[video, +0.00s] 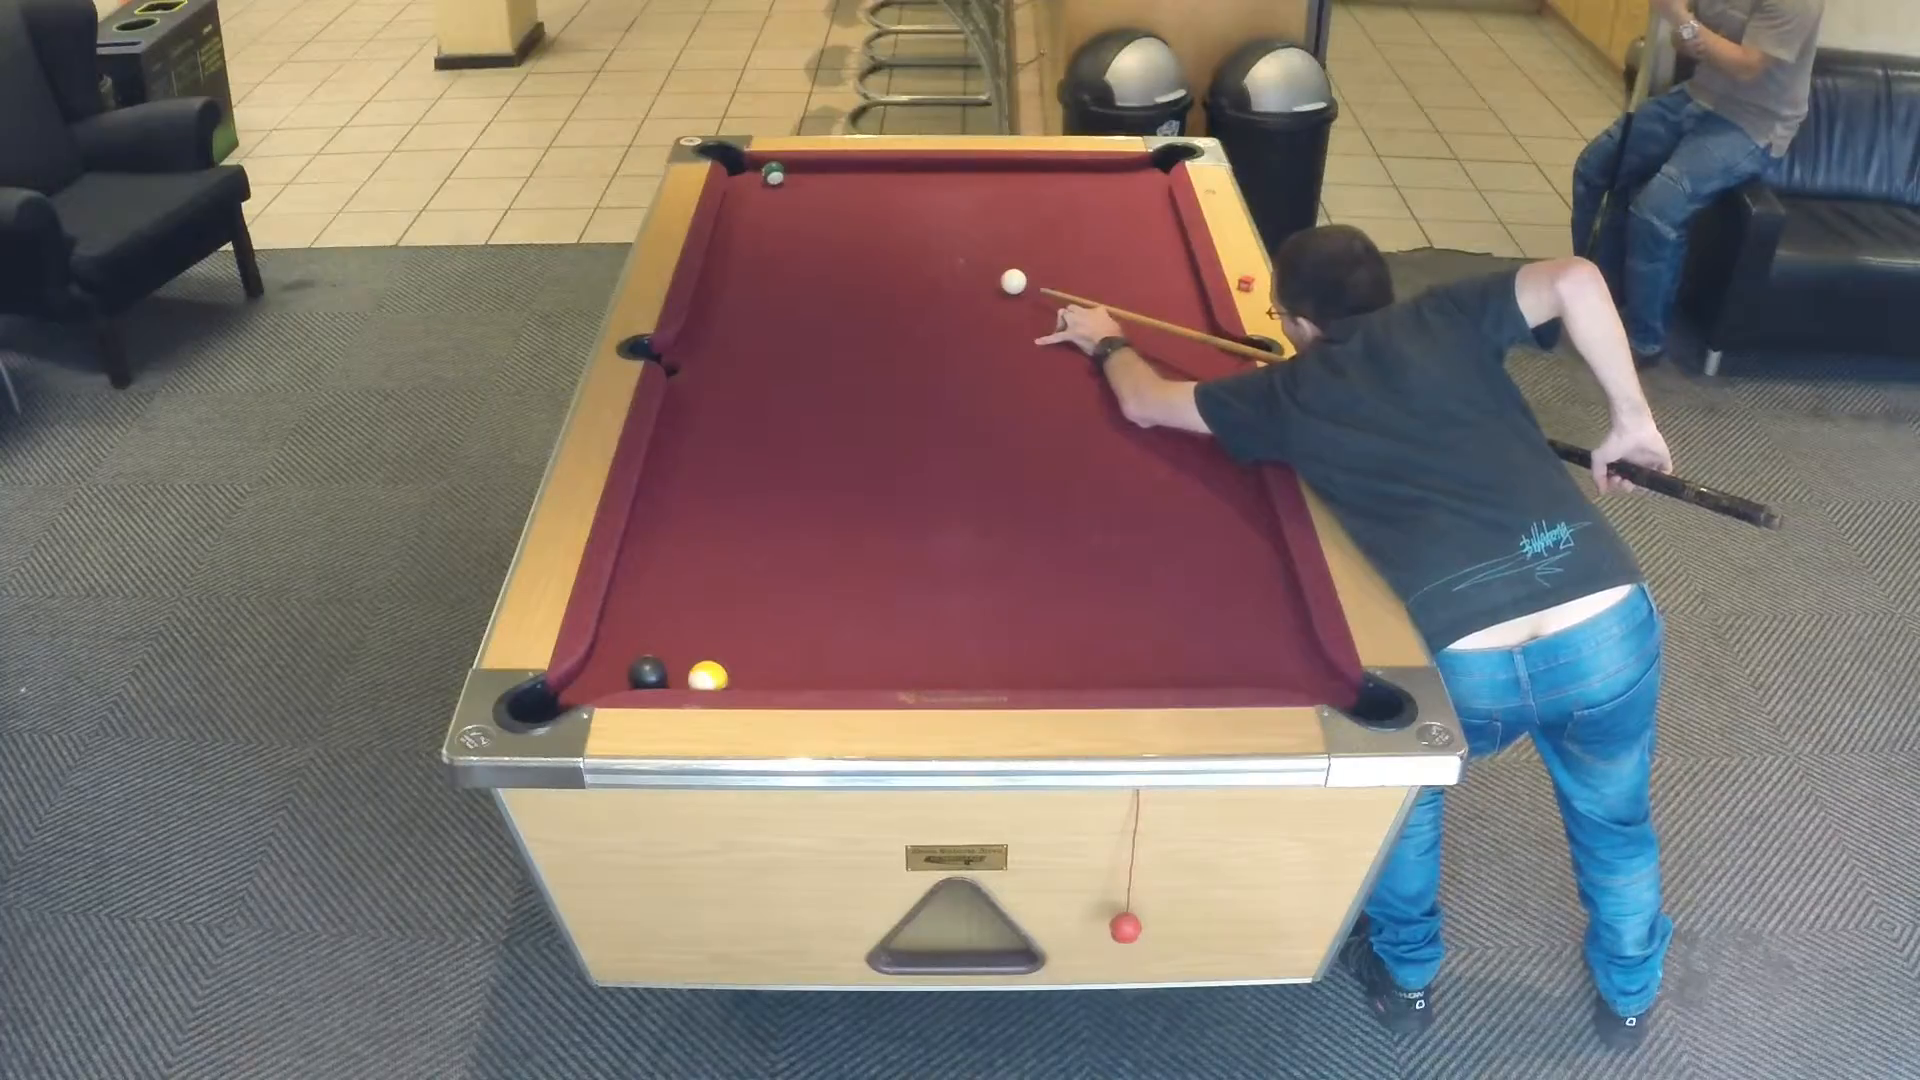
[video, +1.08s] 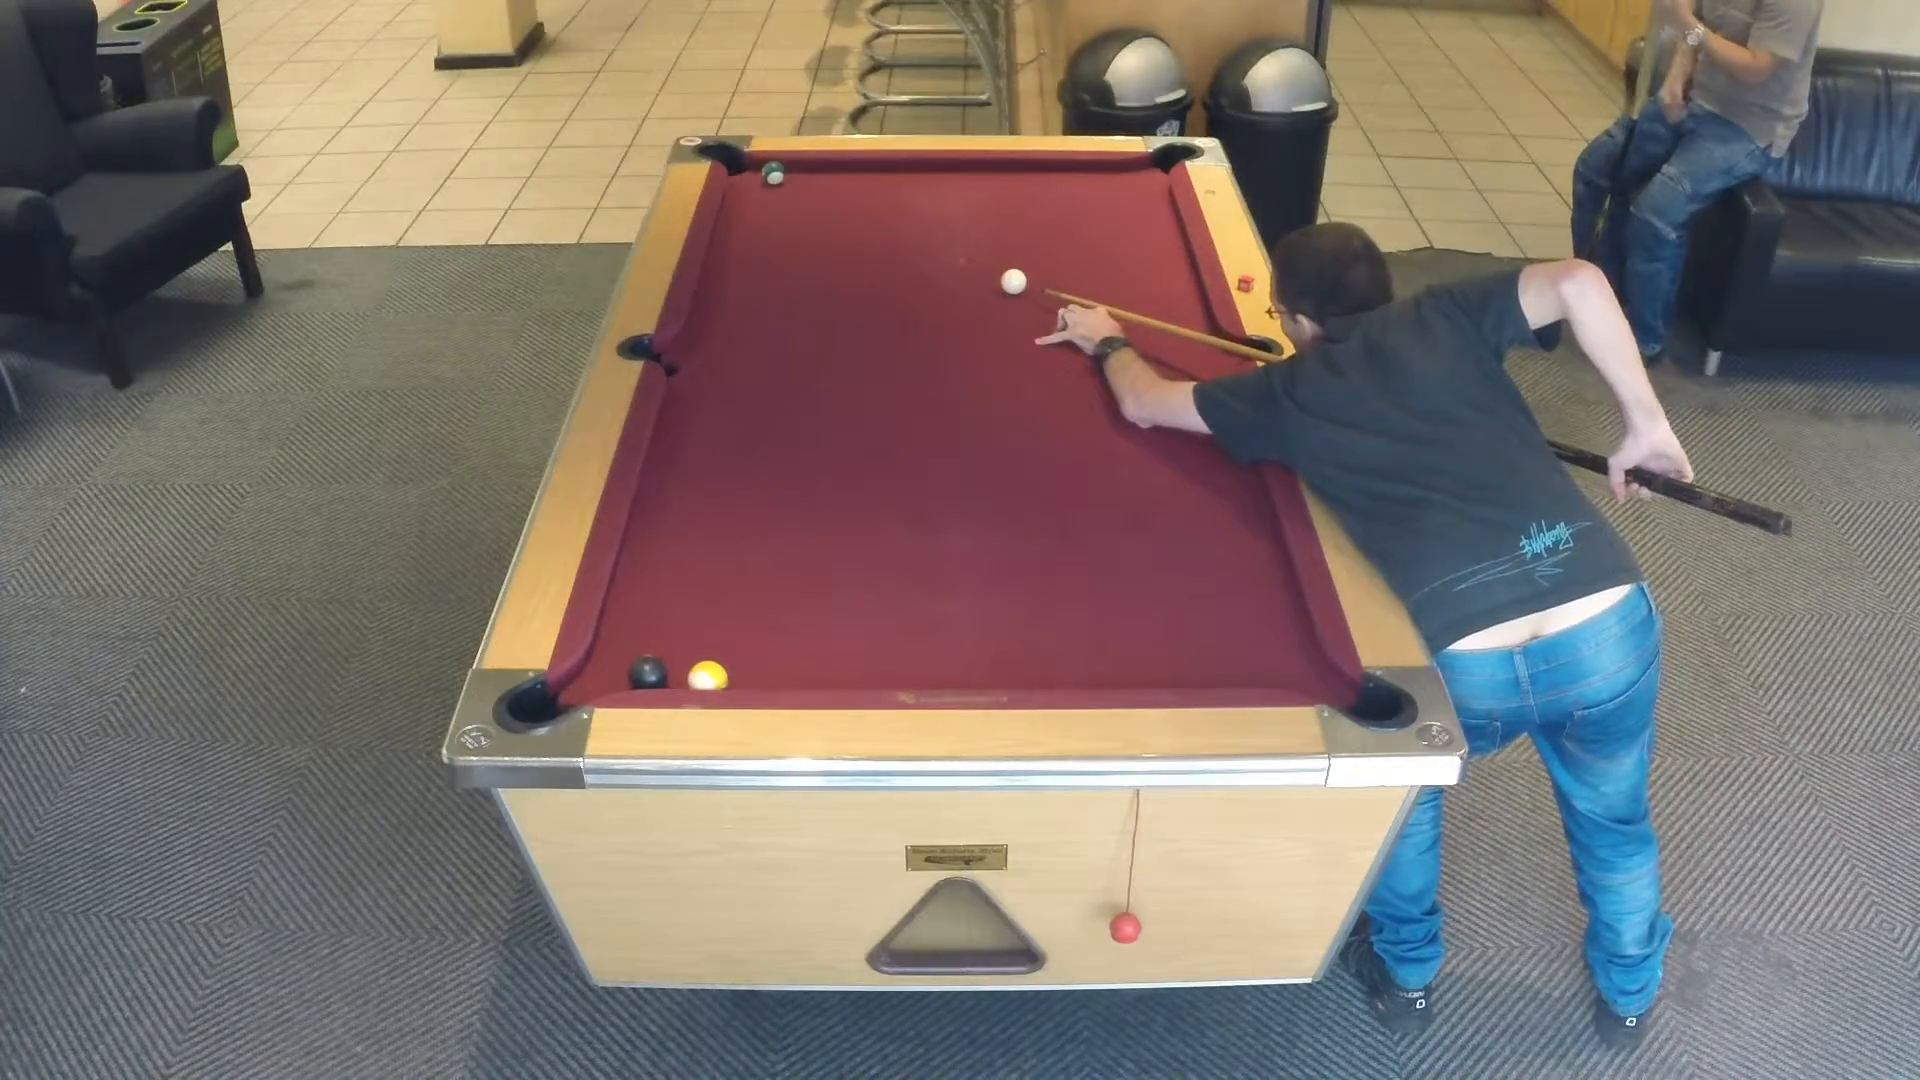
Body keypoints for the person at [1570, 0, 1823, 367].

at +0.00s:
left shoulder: (1795, 6)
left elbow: (1747, 66)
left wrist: (1681, 18)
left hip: (1750, 126)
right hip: (1695, 97)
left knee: (1654, 210)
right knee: (1593, 168)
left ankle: (1643, 341)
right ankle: (1590, 301)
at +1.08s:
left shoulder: (1794, 6)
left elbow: (1757, 69)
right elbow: (1693, 32)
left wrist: (1688, 22)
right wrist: (1675, 78)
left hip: (1748, 126)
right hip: (1690, 101)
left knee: (1654, 211)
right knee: (1594, 170)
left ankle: (1645, 343)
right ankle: (1592, 303)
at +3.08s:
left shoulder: (1792, 6)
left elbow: (1770, 76)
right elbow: (1686, 41)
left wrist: (1703, 28)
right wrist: (1665, 106)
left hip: (1746, 128)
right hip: (1689, 103)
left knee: (1653, 211)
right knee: (1595, 168)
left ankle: (1643, 342)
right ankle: (1591, 301)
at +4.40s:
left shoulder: (1741, 6)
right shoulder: (1666, 5)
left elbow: (1734, 77)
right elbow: (1657, 51)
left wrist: (1667, 34)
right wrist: (1647, 112)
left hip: (1742, 122)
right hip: (1682, 107)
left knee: (1649, 212)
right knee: (1590, 171)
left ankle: (1636, 343)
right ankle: (1592, 309)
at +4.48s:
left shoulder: (1728, 6)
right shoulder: (1650, 5)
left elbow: (1725, 79)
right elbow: (1648, 45)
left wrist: (1652, 49)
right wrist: (1640, 109)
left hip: (1738, 114)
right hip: (1678, 101)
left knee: (1646, 213)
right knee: (1591, 172)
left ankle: (1634, 343)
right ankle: (1593, 307)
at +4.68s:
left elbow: (1694, 67)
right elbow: (1620, 11)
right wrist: (1607, 89)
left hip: (1718, 93)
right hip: (1659, 79)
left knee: (1639, 221)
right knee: (1593, 176)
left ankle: (1634, 344)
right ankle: (1594, 304)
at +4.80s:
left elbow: (1686, 47)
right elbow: (1606, 6)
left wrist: (1632, 126)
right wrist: (1584, 60)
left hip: (1699, 87)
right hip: (1643, 70)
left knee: (1636, 222)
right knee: (1591, 179)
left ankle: (1640, 336)